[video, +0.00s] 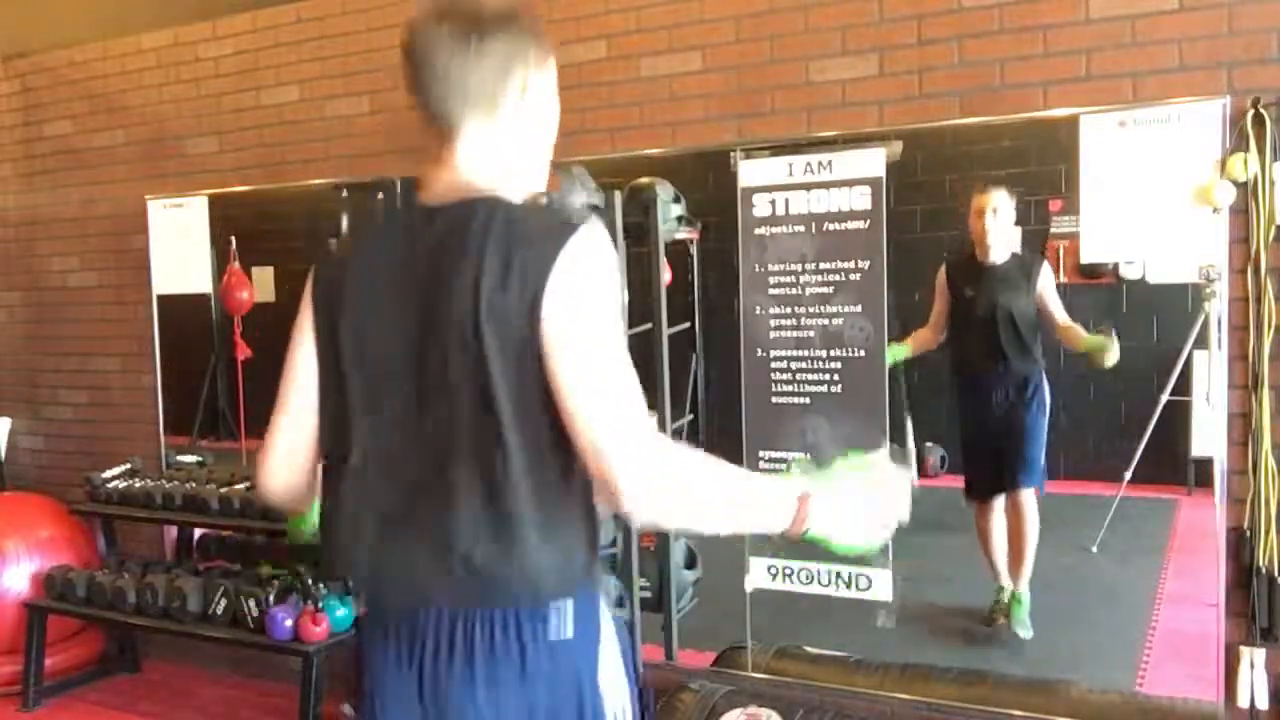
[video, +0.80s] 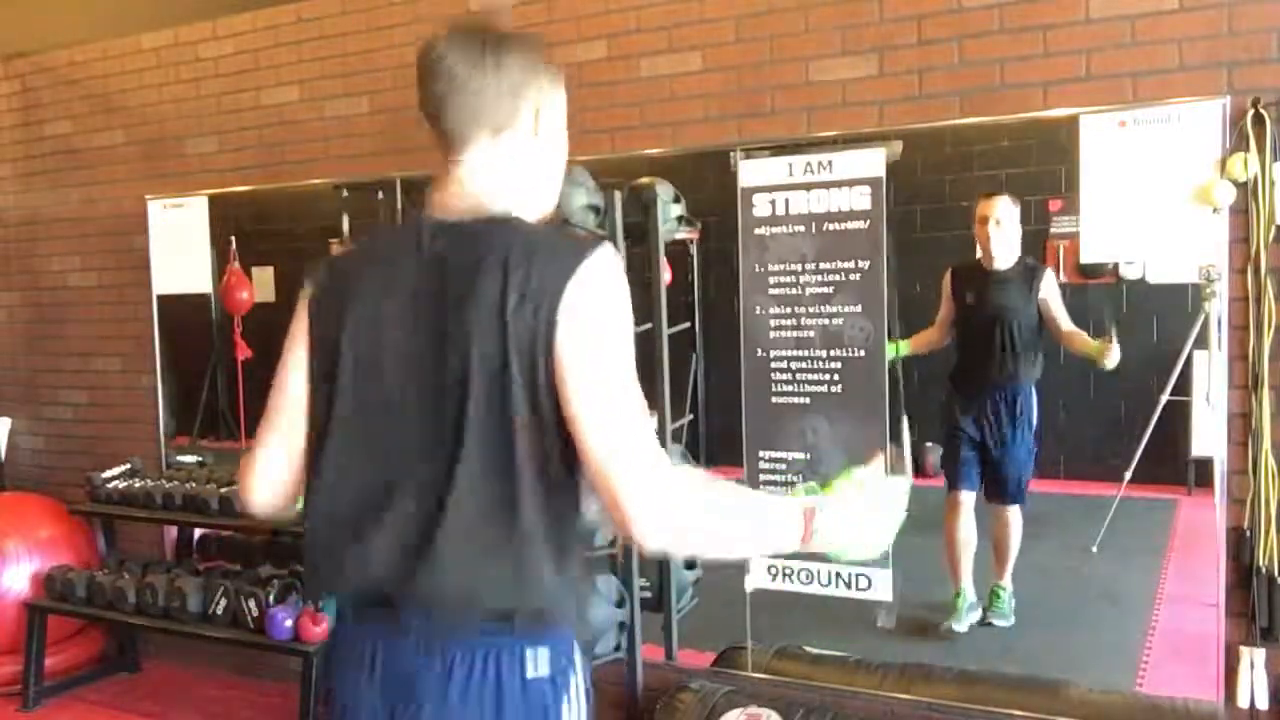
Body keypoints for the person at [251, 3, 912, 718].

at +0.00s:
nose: (557, 118)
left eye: (553, 93)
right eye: (553, 93)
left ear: (424, 105)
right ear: (528, 97)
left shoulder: (339, 270)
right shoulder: (557, 247)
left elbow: (282, 478)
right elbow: (632, 472)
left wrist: (393, 434)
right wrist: (810, 502)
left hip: (396, 637)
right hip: (539, 635)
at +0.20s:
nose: (569, 83)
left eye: (564, 61)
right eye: (565, 60)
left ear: (441, 74)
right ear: (540, 63)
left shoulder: (348, 239)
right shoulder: (571, 212)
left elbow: (303, 471)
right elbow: (613, 448)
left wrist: (302, 511)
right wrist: (802, 544)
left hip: (407, 592)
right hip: (550, 601)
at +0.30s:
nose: (579, 157)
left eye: (572, 136)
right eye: (575, 136)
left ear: (448, 155)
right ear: (555, 144)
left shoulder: (362, 312)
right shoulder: (589, 304)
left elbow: (298, 518)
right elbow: (665, 536)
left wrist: (394, 434)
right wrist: (850, 516)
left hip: (411, 664)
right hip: (558, 668)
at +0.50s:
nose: (581, 61)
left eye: (577, 41)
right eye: (577, 39)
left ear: (454, 52)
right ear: (555, 41)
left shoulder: (354, 212)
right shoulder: (588, 194)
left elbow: (296, 427)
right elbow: (644, 436)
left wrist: (270, 541)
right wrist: (809, 552)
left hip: (381, 578)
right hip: (530, 595)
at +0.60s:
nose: (575, 89)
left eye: (573, 67)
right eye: (572, 66)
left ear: (450, 68)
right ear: (550, 64)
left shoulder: (343, 220)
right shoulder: (580, 212)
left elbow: (291, 446)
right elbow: (627, 451)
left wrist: (274, 521)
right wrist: (801, 551)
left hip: (382, 576)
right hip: (526, 587)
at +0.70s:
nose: (573, 161)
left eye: (569, 142)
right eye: (570, 141)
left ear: (446, 144)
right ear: (550, 140)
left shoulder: (343, 299)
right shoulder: (578, 296)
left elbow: (271, 507)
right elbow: (643, 530)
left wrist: (387, 463)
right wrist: (816, 528)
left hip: (377, 660)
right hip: (529, 665)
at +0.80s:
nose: (569, 154)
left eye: (565, 128)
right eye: (565, 126)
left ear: (443, 129)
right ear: (537, 122)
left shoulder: (335, 282)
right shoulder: (570, 268)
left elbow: (265, 489)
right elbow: (648, 507)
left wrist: (391, 454)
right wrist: (816, 519)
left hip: (363, 654)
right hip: (516, 659)